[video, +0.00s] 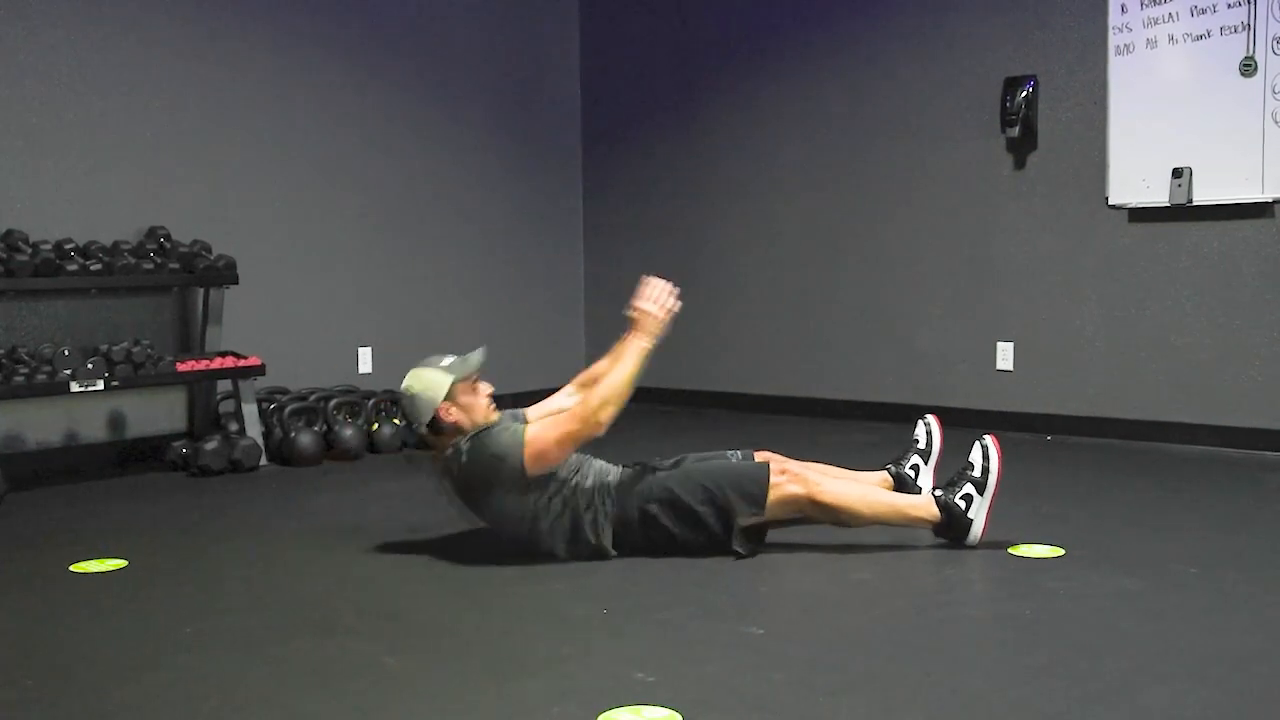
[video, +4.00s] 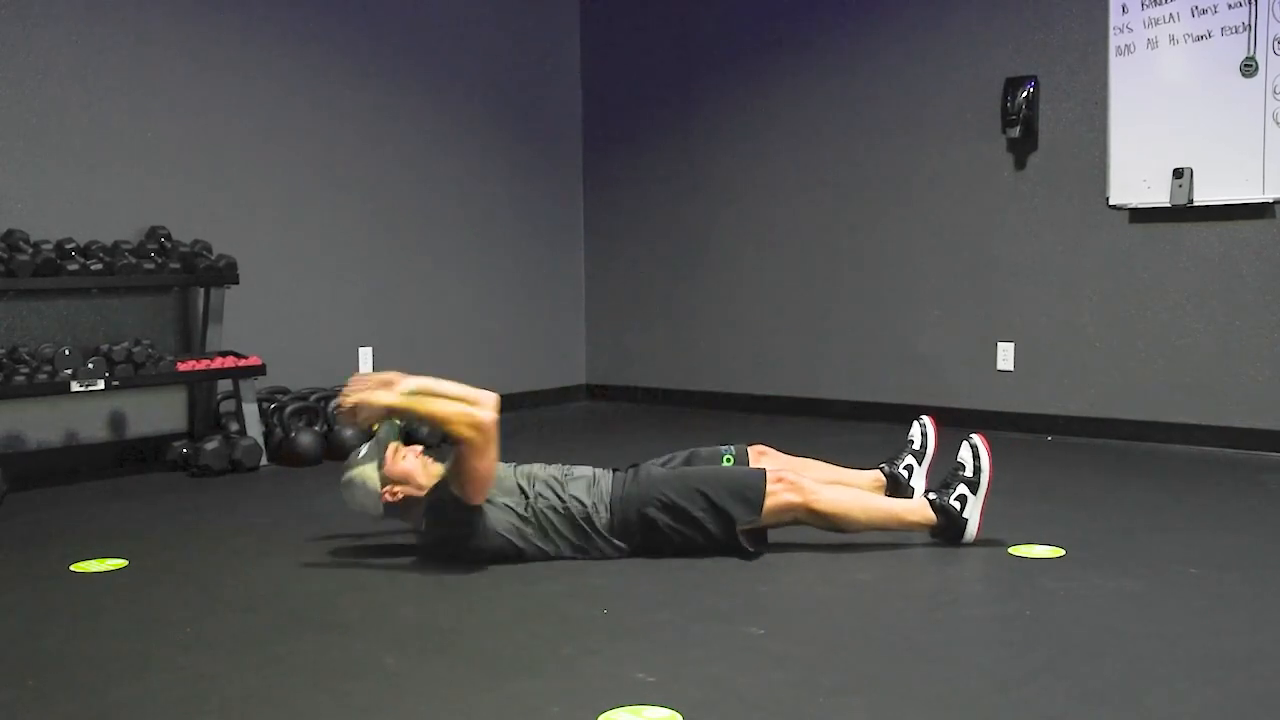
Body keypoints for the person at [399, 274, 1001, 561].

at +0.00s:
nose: (486, 388)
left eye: (478, 382)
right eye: (471, 385)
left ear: (452, 411)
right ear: (446, 414)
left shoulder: (488, 440)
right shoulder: (481, 457)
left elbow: (578, 397)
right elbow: (588, 415)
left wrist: (638, 329)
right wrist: (645, 331)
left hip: (627, 489)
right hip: (620, 512)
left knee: (769, 461)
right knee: (793, 484)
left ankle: (898, 482)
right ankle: (946, 512)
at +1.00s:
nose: (644, 295)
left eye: (639, 285)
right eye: (633, 287)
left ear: (602, 300)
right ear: (604, 300)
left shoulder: (603, 351)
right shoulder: (604, 362)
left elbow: (698, 396)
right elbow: (712, 414)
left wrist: (776, 397)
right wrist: (811, 411)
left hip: (662, 488)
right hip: (655, 507)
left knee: (807, 456)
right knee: (825, 482)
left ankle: (926, 477)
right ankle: (980, 510)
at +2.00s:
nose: (385, 481)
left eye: (381, 474)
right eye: (379, 481)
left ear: (392, 484)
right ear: (383, 504)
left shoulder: (442, 499)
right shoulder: (436, 523)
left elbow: (414, 415)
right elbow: (409, 417)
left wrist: (332, 452)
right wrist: (323, 454)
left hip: (621, 486)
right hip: (620, 512)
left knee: (767, 464)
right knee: (784, 486)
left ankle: (897, 486)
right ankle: (942, 514)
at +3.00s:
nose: (702, 285)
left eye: (699, 275)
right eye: (694, 275)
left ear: (657, 285)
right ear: (665, 284)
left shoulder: (640, 339)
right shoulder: (656, 350)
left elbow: (738, 411)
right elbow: (748, 421)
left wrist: (809, 426)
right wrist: (840, 448)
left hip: (658, 493)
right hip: (658, 508)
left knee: (826, 457)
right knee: (835, 480)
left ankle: (931, 483)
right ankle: (975, 510)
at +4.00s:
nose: (411, 453)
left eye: (398, 450)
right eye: (395, 460)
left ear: (407, 461)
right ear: (397, 488)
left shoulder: (452, 485)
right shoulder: (456, 518)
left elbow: (475, 411)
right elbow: (480, 411)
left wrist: (386, 384)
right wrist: (386, 395)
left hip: (629, 482)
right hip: (629, 510)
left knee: (771, 462)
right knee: (789, 490)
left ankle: (897, 482)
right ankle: (942, 513)